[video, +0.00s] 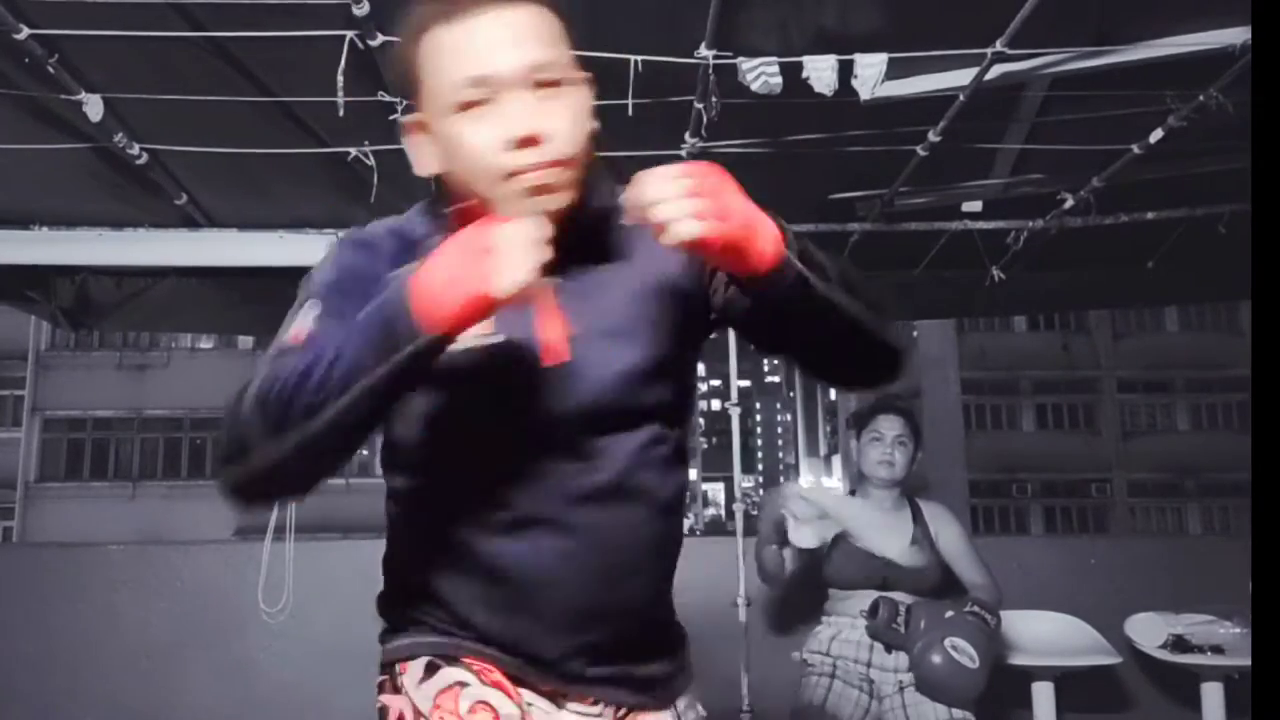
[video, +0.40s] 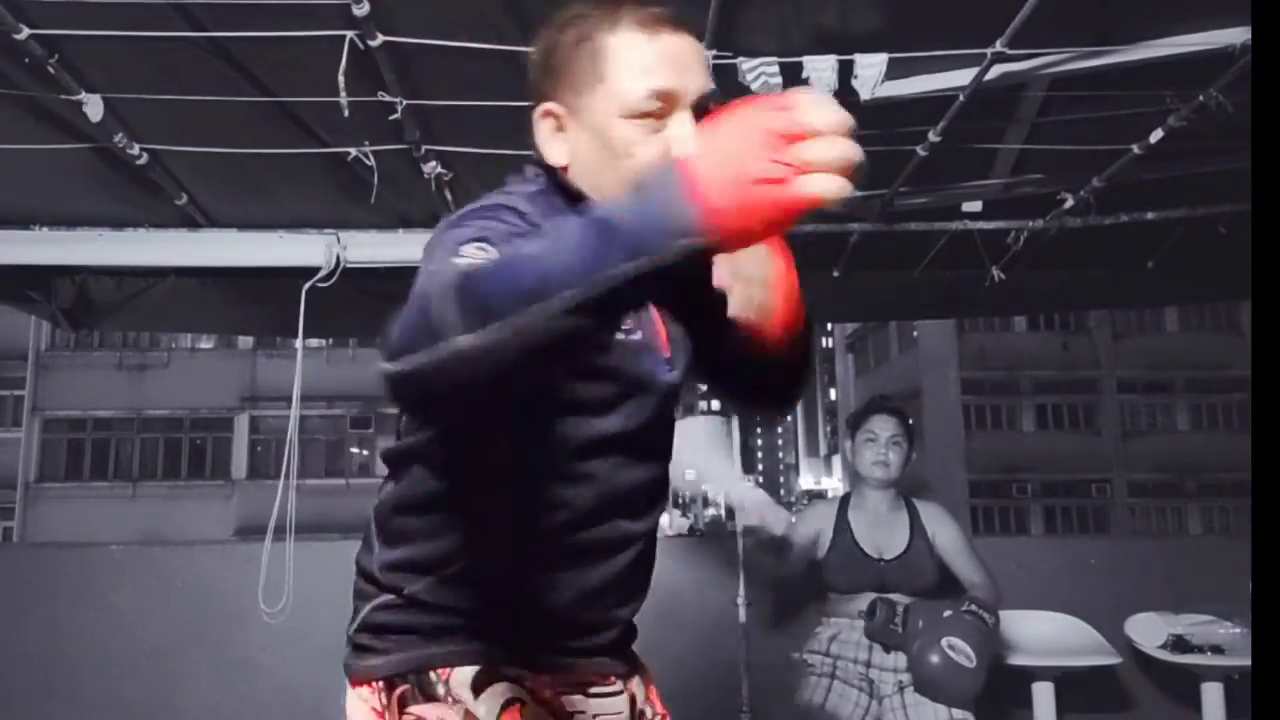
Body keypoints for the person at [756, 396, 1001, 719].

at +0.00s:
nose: (887, 451)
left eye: (900, 443)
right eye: (875, 440)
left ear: (914, 458)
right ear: (855, 449)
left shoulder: (933, 517)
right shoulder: (830, 512)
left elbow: (985, 588)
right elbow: (775, 577)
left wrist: (977, 617)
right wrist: (771, 522)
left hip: (922, 666)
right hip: (841, 662)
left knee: (937, 716)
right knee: (826, 713)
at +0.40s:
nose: (883, 451)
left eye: (895, 443)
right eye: (871, 440)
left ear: (908, 458)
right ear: (850, 450)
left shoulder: (931, 518)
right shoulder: (819, 518)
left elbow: (983, 587)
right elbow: (778, 587)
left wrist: (971, 622)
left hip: (921, 667)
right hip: (839, 665)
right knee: (824, 711)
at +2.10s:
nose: (888, 449)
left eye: (901, 441)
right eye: (876, 439)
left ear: (914, 457)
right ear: (855, 448)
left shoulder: (935, 518)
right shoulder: (818, 514)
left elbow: (985, 588)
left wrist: (978, 612)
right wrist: (761, 531)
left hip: (922, 664)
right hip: (838, 660)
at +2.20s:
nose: (888, 449)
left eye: (901, 442)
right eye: (877, 439)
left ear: (914, 457)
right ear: (856, 447)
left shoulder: (934, 518)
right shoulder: (826, 513)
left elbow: (984, 587)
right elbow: (781, 571)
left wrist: (980, 614)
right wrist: (760, 504)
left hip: (920, 664)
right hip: (838, 660)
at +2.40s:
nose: (886, 452)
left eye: (899, 444)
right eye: (874, 440)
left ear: (914, 457)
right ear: (855, 448)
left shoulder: (936, 518)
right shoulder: (823, 516)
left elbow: (984, 589)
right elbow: (781, 573)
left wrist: (974, 616)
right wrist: (772, 529)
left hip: (920, 669)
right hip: (840, 666)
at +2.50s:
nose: (887, 451)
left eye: (900, 443)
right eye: (875, 439)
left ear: (915, 457)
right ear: (856, 449)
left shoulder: (934, 517)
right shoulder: (828, 512)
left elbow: (985, 589)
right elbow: (777, 576)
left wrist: (977, 616)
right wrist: (764, 518)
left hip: (920, 665)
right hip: (840, 661)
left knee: (938, 716)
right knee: (829, 713)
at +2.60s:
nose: (887, 451)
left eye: (900, 443)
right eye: (875, 439)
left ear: (914, 458)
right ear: (855, 449)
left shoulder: (935, 517)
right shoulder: (825, 514)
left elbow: (985, 588)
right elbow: (764, 569)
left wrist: (978, 611)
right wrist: (773, 546)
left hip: (920, 663)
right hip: (840, 659)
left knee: (936, 715)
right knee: (831, 711)